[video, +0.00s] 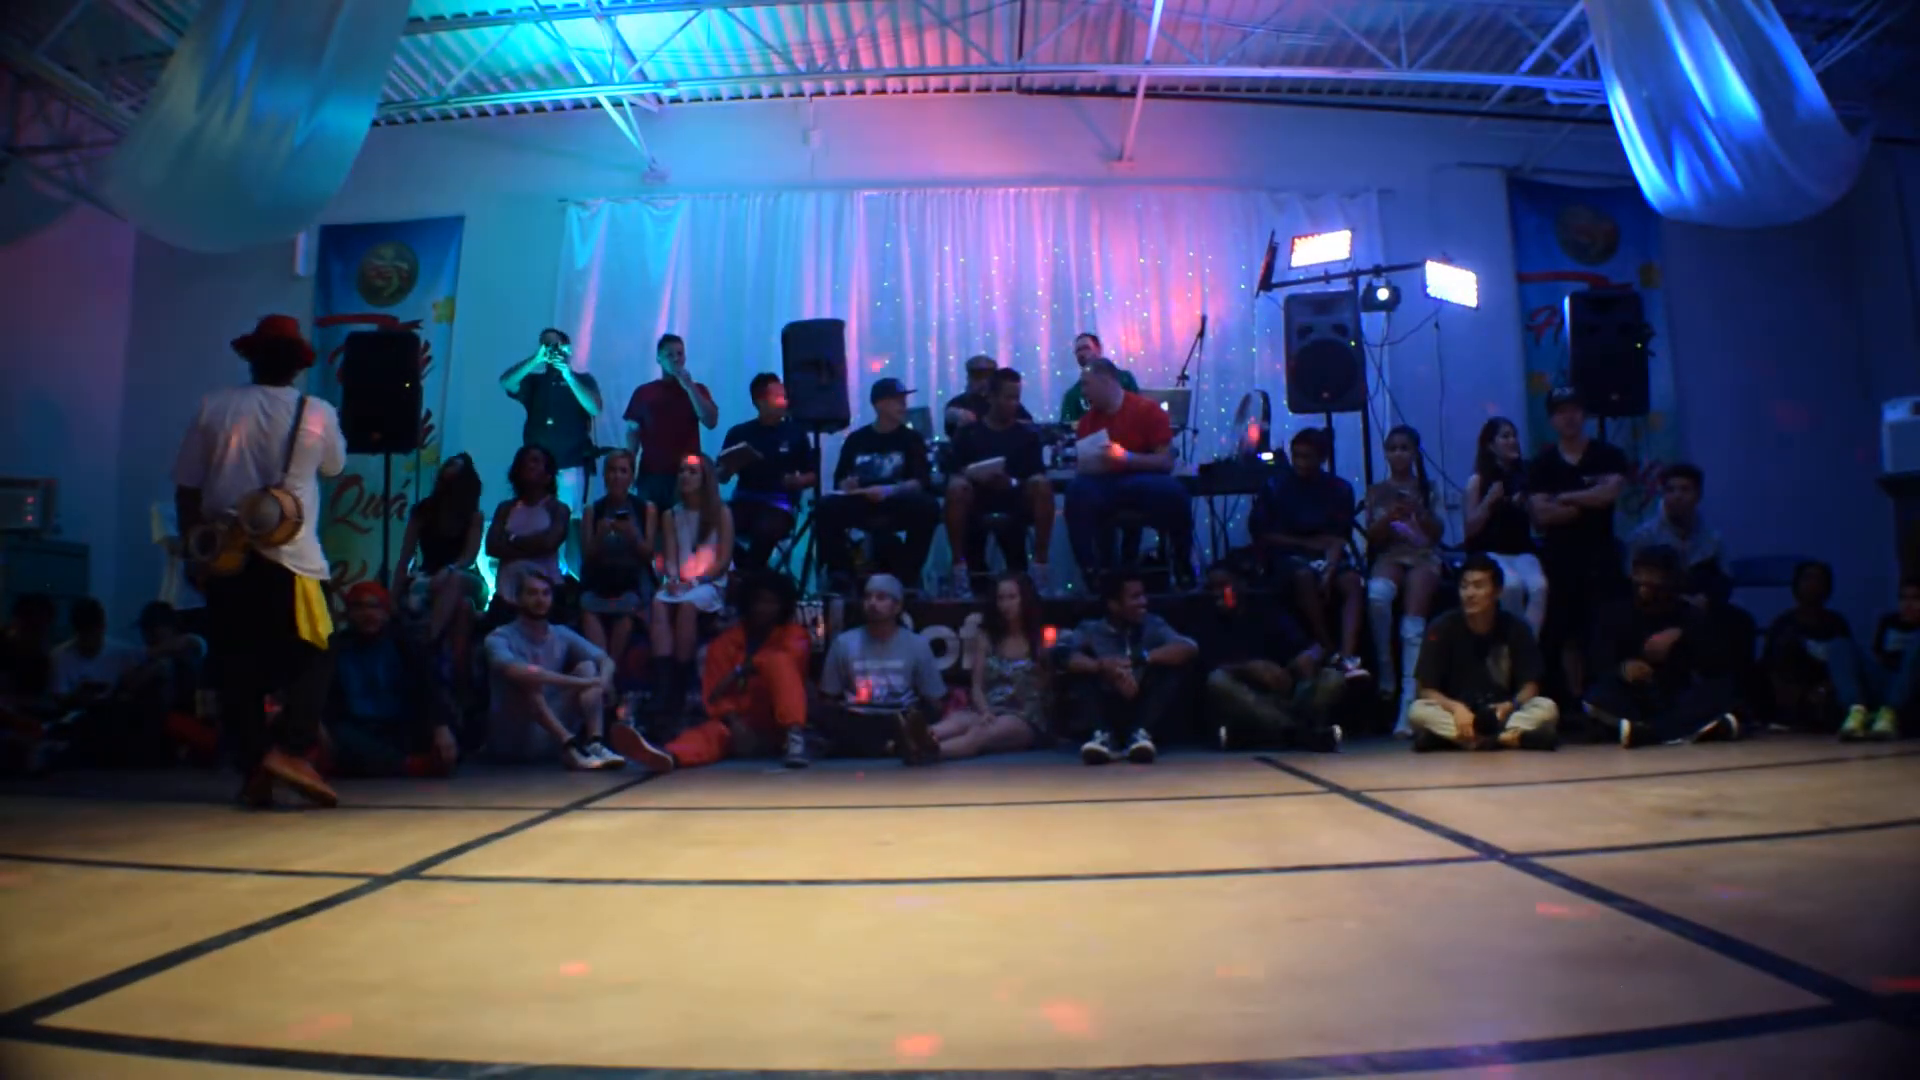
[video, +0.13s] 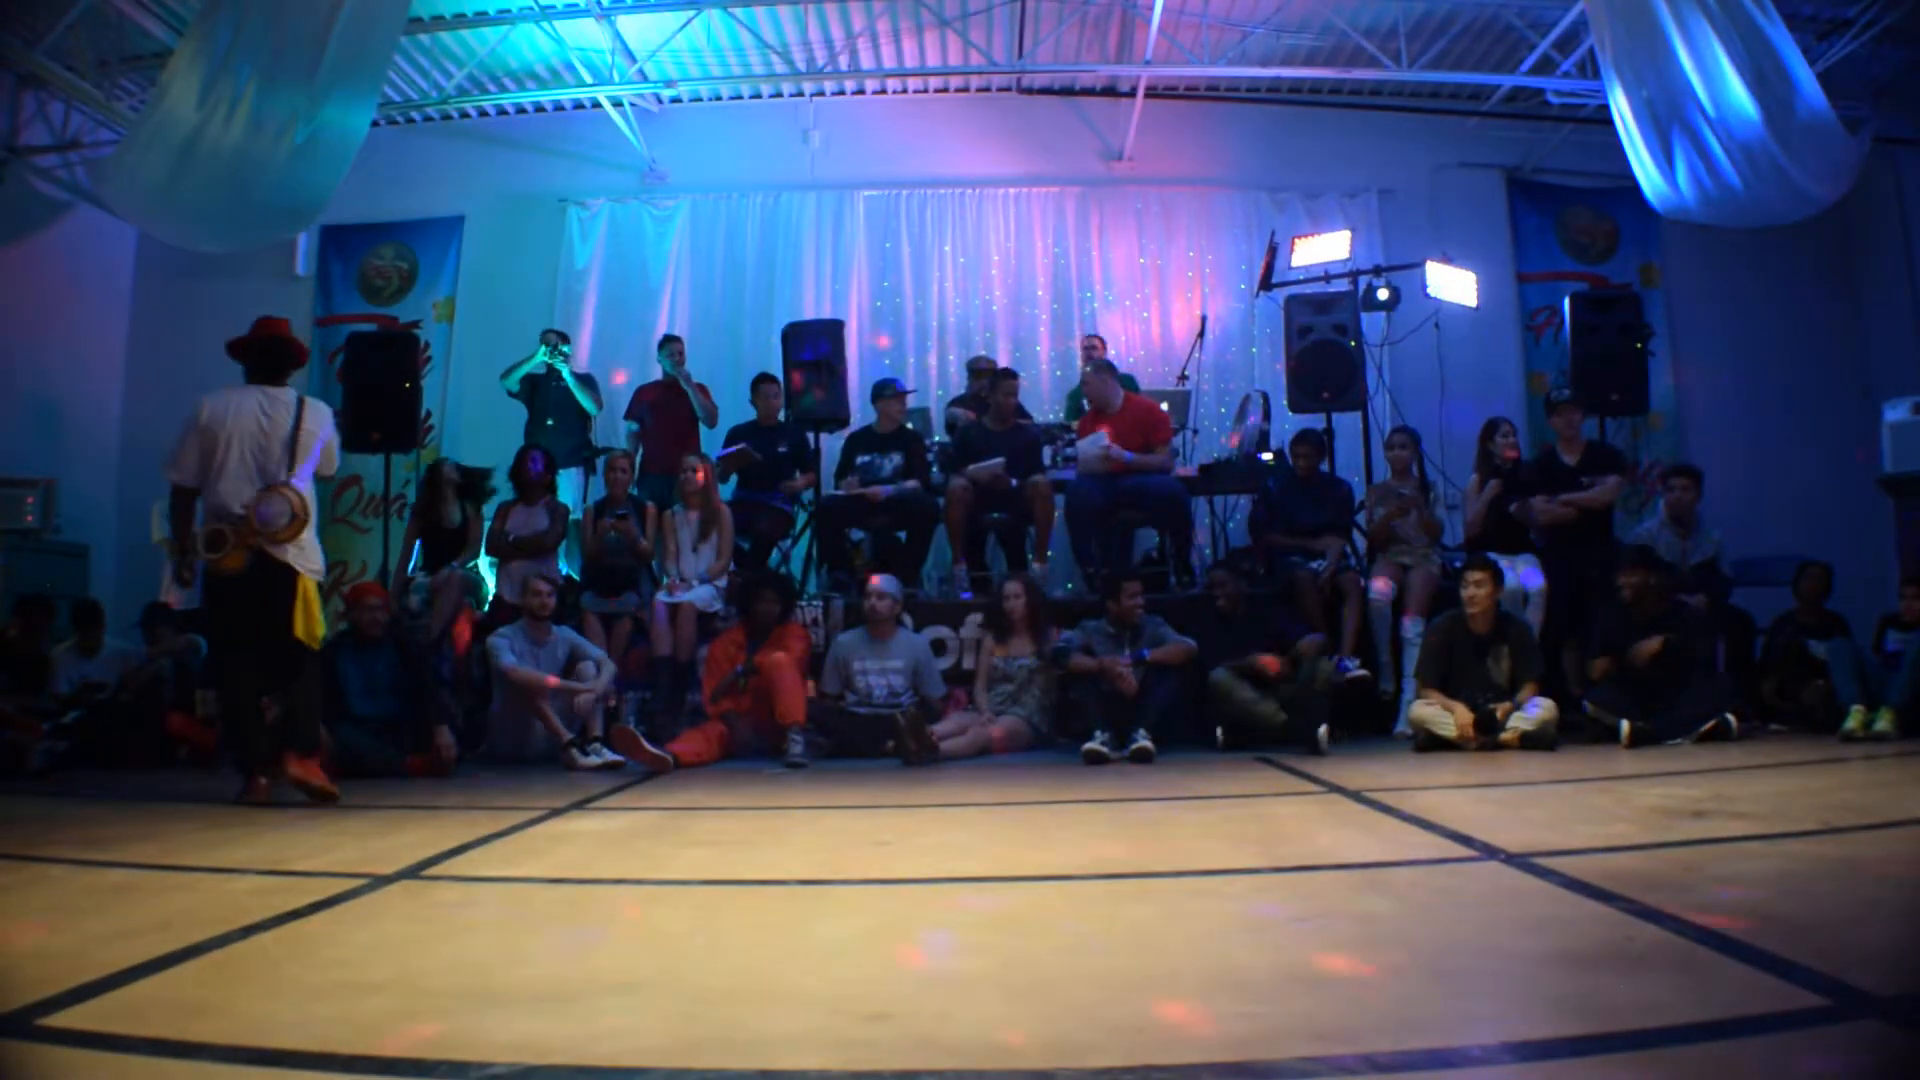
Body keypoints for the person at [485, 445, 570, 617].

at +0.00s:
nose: (530, 466)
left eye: (536, 461)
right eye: (525, 461)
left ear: (548, 473)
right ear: (518, 470)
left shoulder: (558, 509)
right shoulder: (505, 508)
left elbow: (550, 543)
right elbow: (492, 547)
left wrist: (512, 541)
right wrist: (535, 549)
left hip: (545, 591)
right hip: (508, 590)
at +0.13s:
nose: (531, 468)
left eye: (537, 462)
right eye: (526, 462)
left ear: (548, 473)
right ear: (517, 470)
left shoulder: (558, 509)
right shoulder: (505, 508)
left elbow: (550, 543)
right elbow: (491, 547)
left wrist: (510, 542)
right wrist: (535, 549)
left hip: (542, 602)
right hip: (506, 599)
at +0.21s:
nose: (526, 466)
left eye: (533, 461)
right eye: (522, 461)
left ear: (546, 474)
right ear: (516, 470)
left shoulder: (557, 509)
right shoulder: (505, 508)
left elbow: (550, 542)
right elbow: (491, 547)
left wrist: (511, 543)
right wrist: (535, 548)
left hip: (541, 601)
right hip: (506, 598)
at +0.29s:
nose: (526, 466)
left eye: (533, 461)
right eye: (522, 461)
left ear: (546, 472)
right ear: (516, 470)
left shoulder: (556, 509)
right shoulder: (504, 508)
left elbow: (550, 541)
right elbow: (491, 547)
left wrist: (511, 542)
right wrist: (534, 548)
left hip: (541, 601)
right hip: (506, 598)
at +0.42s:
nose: (525, 466)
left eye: (532, 461)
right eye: (521, 461)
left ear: (545, 473)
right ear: (514, 470)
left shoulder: (556, 509)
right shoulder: (504, 508)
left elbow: (550, 541)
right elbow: (490, 547)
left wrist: (510, 542)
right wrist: (533, 549)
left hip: (542, 600)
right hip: (506, 597)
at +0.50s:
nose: (525, 467)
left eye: (532, 461)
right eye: (521, 462)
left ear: (545, 472)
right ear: (514, 470)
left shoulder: (555, 509)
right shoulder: (504, 509)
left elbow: (549, 542)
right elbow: (490, 547)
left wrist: (510, 542)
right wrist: (533, 549)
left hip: (542, 598)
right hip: (507, 596)